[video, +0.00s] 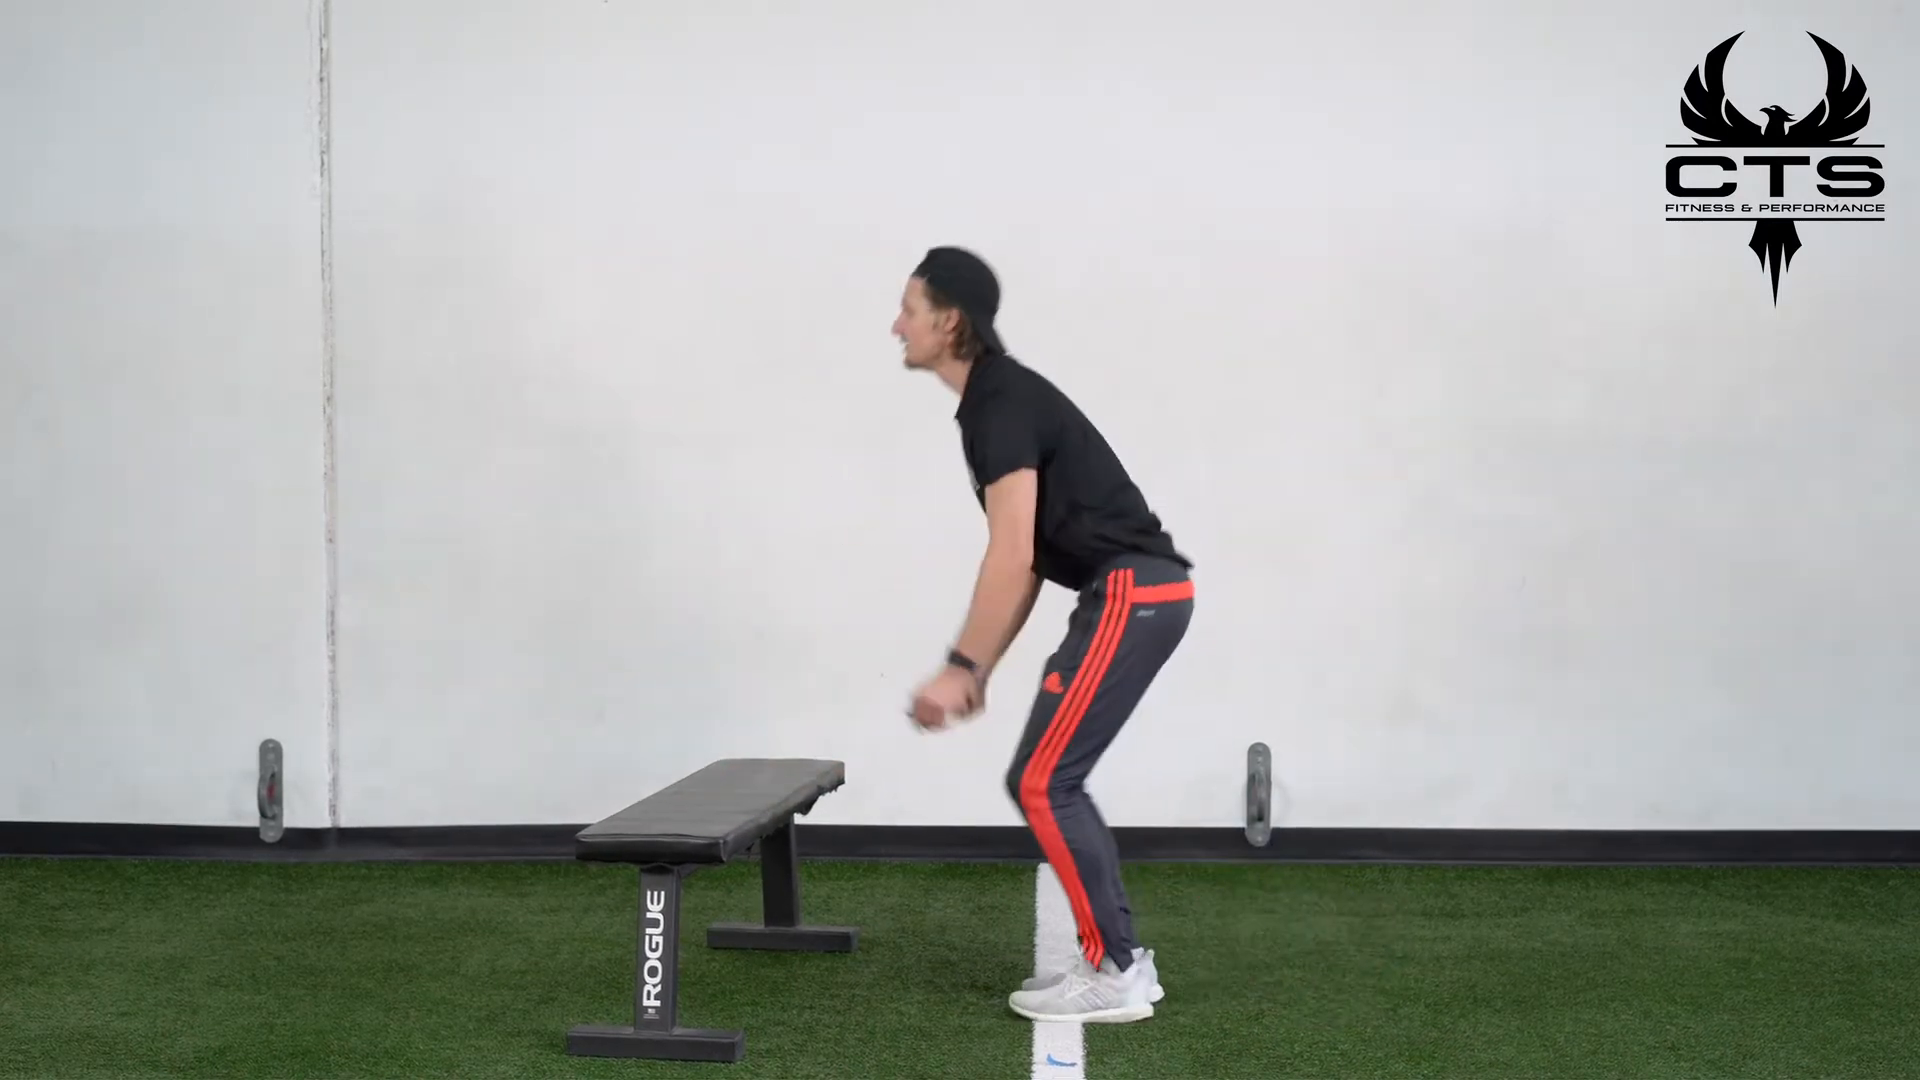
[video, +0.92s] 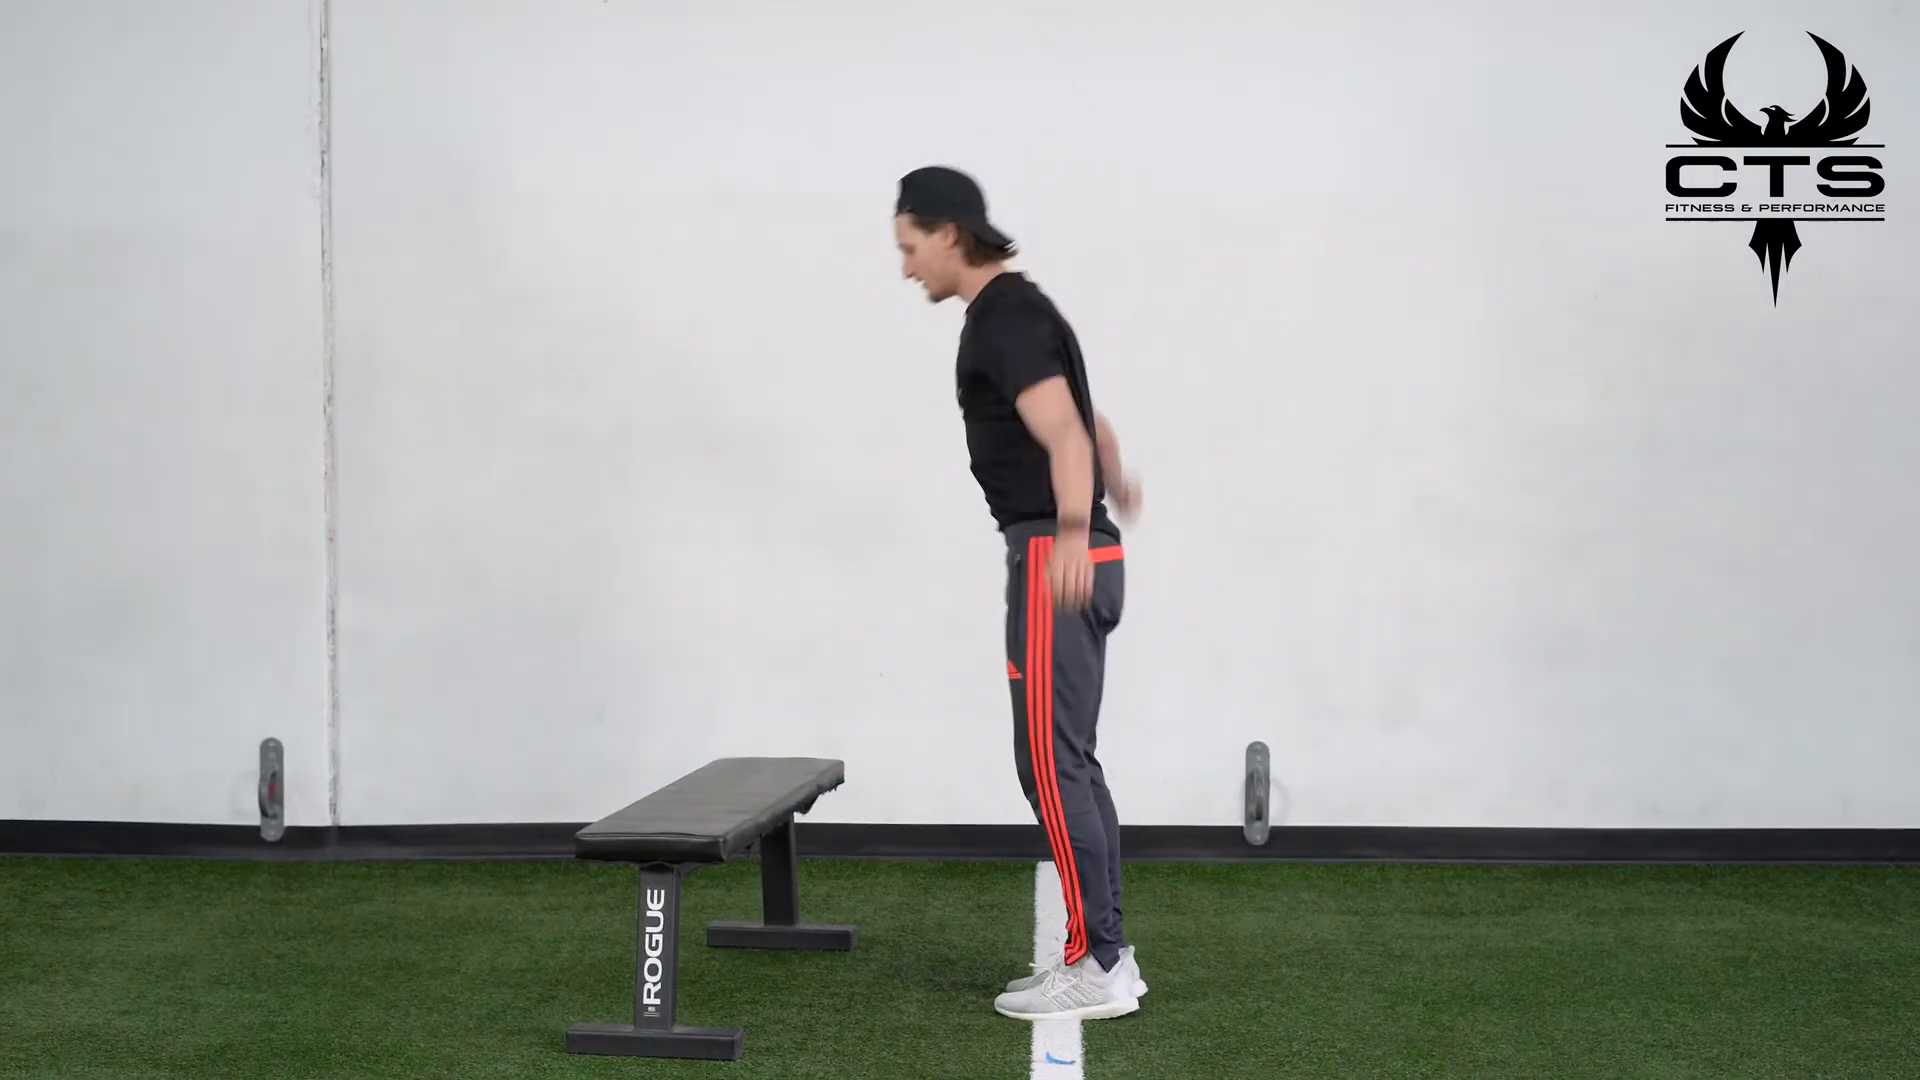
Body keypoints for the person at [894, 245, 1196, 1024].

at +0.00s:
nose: (897, 322)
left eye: (909, 309)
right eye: (902, 307)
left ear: (951, 322)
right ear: (955, 322)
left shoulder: (1000, 402)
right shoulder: (996, 400)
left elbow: (1013, 553)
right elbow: (1022, 565)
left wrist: (962, 667)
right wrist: (973, 670)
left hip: (1137, 591)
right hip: (1126, 589)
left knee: (1043, 780)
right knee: (1044, 777)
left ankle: (1119, 968)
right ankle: (1116, 960)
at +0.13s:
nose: (948, 288)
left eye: (961, 274)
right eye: (952, 273)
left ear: (1004, 282)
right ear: (1003, 285)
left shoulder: (1040, 366)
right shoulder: (1024, 372)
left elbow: (1010, 461)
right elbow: (1018, 485)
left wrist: (896, 485)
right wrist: (936, 478)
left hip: (1100, 604)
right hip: (1083, 602)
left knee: (1007, 796)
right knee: (1010, 792)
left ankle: (1113, 967)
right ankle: (1108, 957)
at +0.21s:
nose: (972, 232)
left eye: (982, 218)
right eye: (975, 217)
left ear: (1023, 227)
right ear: (1028, 229)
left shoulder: (1058, 314)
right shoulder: (1040, 314)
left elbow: (1026, 355)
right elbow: (1020, 372)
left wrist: (907, 311)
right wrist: (964, 327)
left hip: (1073, 563)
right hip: (1064, 558)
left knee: (1030, 762)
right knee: (1040, 759)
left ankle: (1108, 955)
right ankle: (1106, 946)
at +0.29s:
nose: (978, 170)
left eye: (991, 154)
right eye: (981, 156)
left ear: (1033, 162)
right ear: (1040, 165)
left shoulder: (1064, 244)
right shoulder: (1052, 241)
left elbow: (1016, 251)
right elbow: (998, 231)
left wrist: (943, 171)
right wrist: (943, 171)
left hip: (1060, 500)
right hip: (1050, 498)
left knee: (1059, 705)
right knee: (1059, 704)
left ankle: (1077, 908)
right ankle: (1079, 900)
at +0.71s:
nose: (970, 246)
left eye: (981, 231)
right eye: (971, 230)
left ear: (1022, 231)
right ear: (1032, 232)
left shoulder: (1050, 312)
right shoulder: (1039, 315)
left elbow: (1071, 322)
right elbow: (1045, 280)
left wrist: (1025, 234)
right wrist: (1000, 217)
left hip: (1043, 574)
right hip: (1048, 571)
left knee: (1025, 777)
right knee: (1043, 775)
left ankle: (1098, 966)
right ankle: (1099, 955)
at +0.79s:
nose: (946, 243)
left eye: (954, 225)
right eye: (946, 226)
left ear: (994, 222)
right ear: (1004, 223)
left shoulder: (1019, 303)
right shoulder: (1047, 302)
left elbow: (1080, 394)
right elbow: (1099, 382)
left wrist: (1051, 335)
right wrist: (1086, 306)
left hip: (1038, 559)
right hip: (1060, 555)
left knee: (1038, 761)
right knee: (1058, 757)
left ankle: (1098, 958)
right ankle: (1097, 948)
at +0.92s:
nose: (904, 264)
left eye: (908, 245)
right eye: (901, 247)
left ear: (952, 235)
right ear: (960, 237)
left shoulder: (1002, 315)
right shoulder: (1023, 308)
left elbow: (1066, 434)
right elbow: (1088, 420)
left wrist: (1071, 536)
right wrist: (1117, 478)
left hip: (1050, 555)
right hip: (1067, 550)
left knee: (1050, 760)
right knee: (1065, 758)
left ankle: (1101, 964)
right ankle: (1102, 952)